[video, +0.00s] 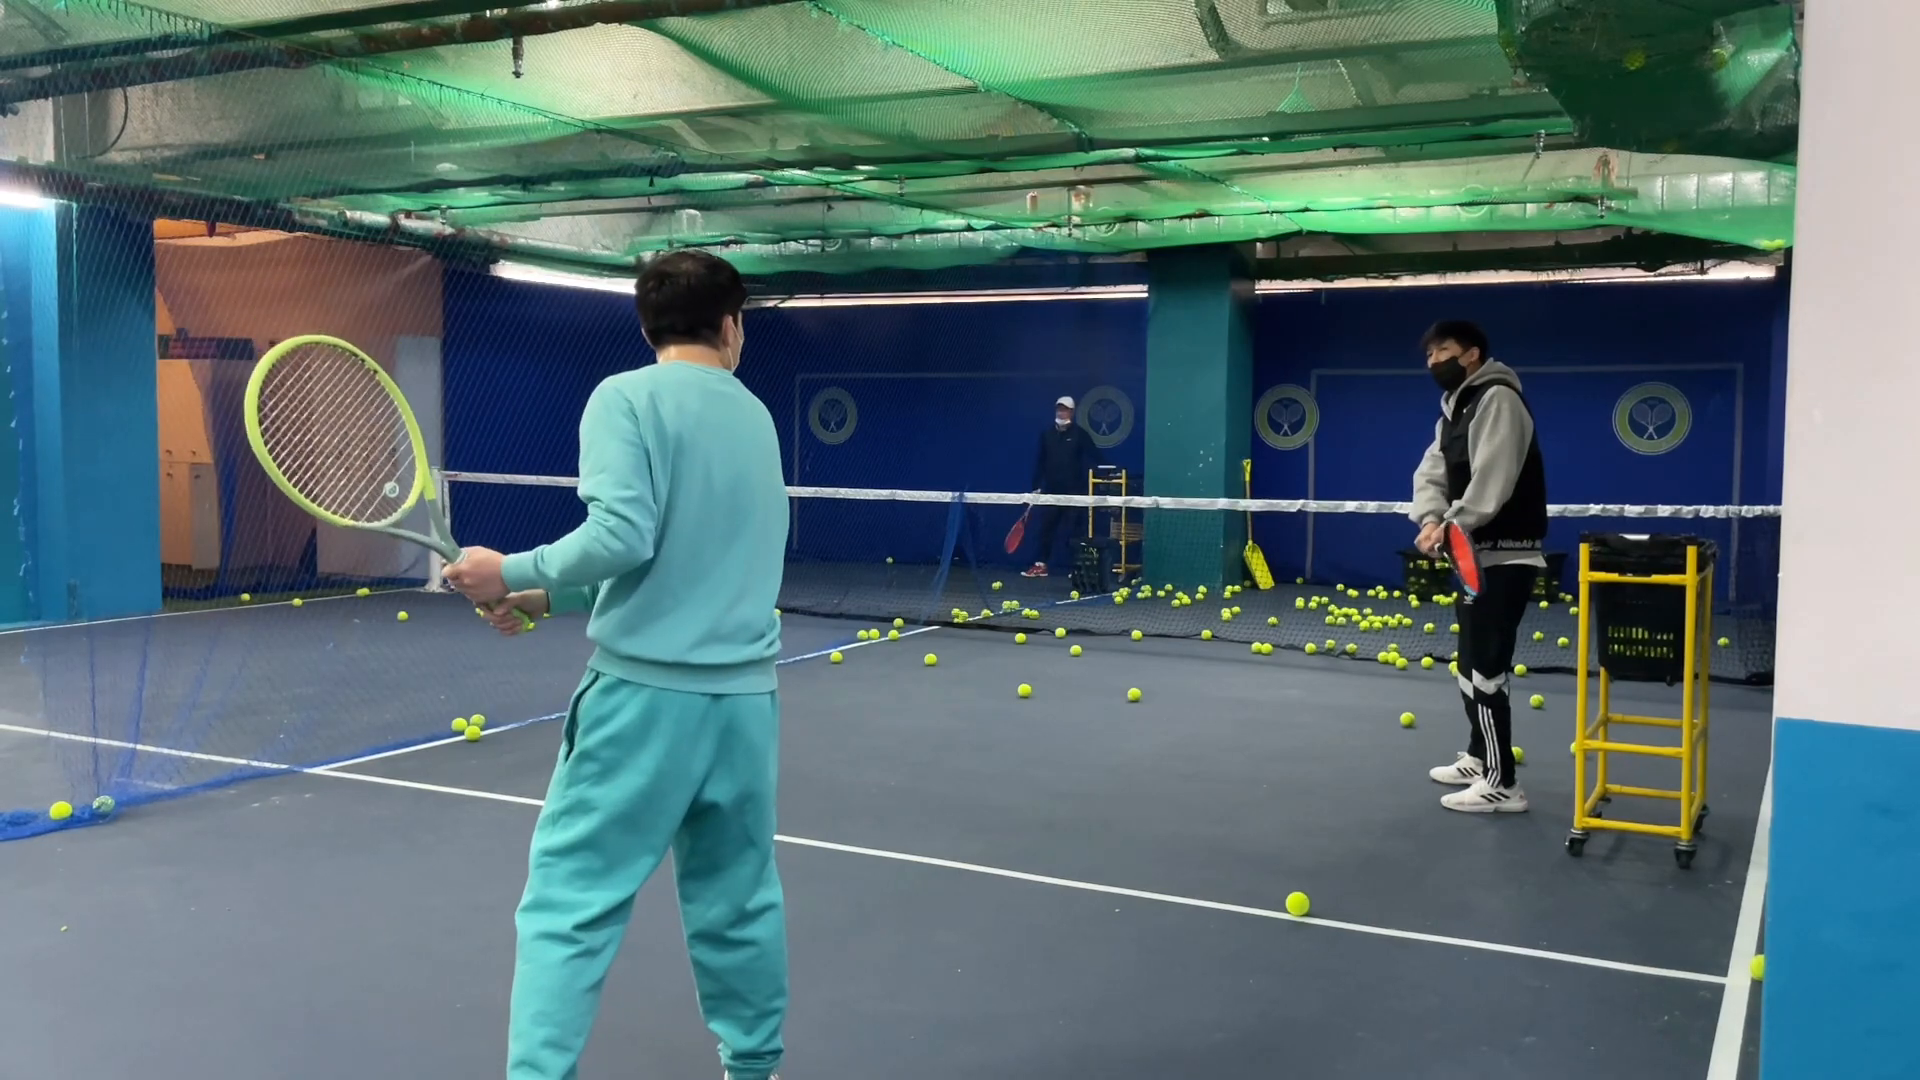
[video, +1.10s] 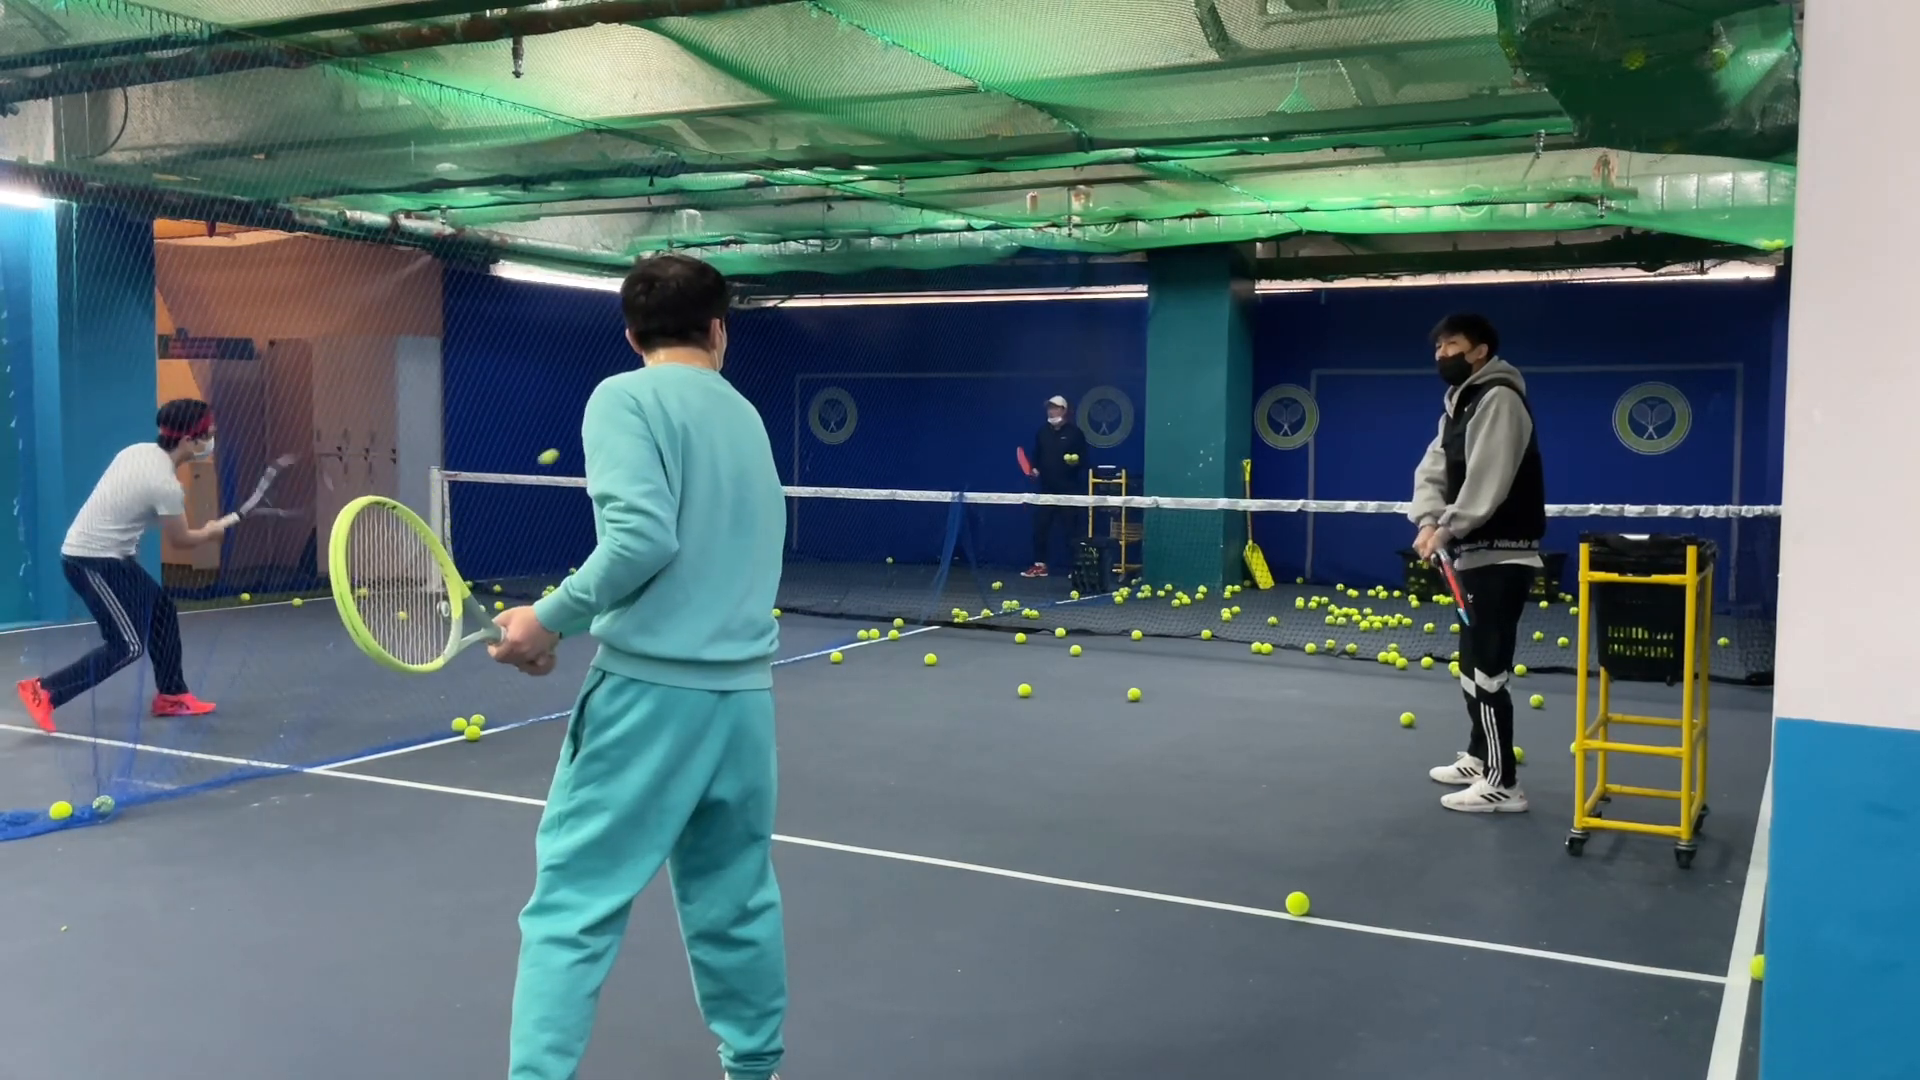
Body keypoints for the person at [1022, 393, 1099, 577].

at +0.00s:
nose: (1061, 413)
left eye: (1065, 409)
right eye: (1059, 409)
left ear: (1072, 413)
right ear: (1055, 411)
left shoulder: (1081, 435)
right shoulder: (1047, 435)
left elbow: (1093, 462)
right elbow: (1041, 462)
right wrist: (1036, 485)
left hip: (1075, 489)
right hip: (1052, 487)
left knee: (1074, 528)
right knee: (1047, 526)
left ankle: (1077, 567)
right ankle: (1041, 564)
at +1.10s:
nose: (1052, 412)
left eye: (1056, 408)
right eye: (1050, 408)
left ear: (1064, 411)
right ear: (1047, 411)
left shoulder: (1074, 433)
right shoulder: (1042, 432)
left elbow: (1084, 458)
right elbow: (1037, 454)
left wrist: (1076, 460)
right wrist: (1034, 467)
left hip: (1069, 485)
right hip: (1047, 484)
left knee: (1071, 526)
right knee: (1041, 524)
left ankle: (1076, 567)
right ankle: (1040, 564)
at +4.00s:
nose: (1022, 420)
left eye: (1026, 417)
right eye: (1020, 417)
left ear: (1035, 419)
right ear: (1018, 420)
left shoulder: (1047, 439)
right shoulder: (1015, 442)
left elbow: (1054, 465)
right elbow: (1006, 468)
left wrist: (1052, 490)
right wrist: (1002, 492)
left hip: (1050, 491)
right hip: (1028, 491)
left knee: (1058, 530)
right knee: (1019, 529)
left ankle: (1064, 566)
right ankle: (1015, 565)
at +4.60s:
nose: (1022, 436)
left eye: (1025, 433)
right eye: (1018, 432)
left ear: (1031, 432)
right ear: (1014, 432)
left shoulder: (1041, 449)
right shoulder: (1006, 451)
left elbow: (1049, 473)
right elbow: (992, 475)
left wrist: (1048, 492)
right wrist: (986, 498)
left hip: (1038, 496)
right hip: (1014, 496)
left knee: (1050, 530)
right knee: (1009, 530)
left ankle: (1061, 564)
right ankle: (1012, 566)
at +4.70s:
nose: (1016, 429)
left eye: (1020, 425)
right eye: (1014, 425)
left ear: (1028, 426)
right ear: (1011, 425)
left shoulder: (1038, 445)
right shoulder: (1004, 444)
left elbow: (1043, 474)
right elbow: (991, 472)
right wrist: (987, 500)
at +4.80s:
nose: (1015, 422)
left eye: (1019, 419)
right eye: (1013, 418)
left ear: (1027, 420)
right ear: (1010, 419)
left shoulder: (1037, 441)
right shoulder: (1004, 441)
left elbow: (1042, 468)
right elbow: (995, 468)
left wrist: (1038, 491)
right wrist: (988, 491)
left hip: (1036, 491)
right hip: (1011, 492)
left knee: (1045, 526)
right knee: (1010, 529)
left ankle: (1053, 564)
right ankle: (1013, 565)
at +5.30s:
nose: (1024, 412)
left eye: (1028, 409)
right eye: (1022, 409)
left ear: (1036, 412)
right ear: (1019, 411)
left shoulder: (1043, 435)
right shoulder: (1015, 433)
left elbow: (1048, 462)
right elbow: (1010, 460)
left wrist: (1044, 487)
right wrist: (1005, 483)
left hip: (1037, 486)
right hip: (1016, 484)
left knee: (1037, 526)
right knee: (1013, 524)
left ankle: (1037, 564)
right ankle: (1010, 562)